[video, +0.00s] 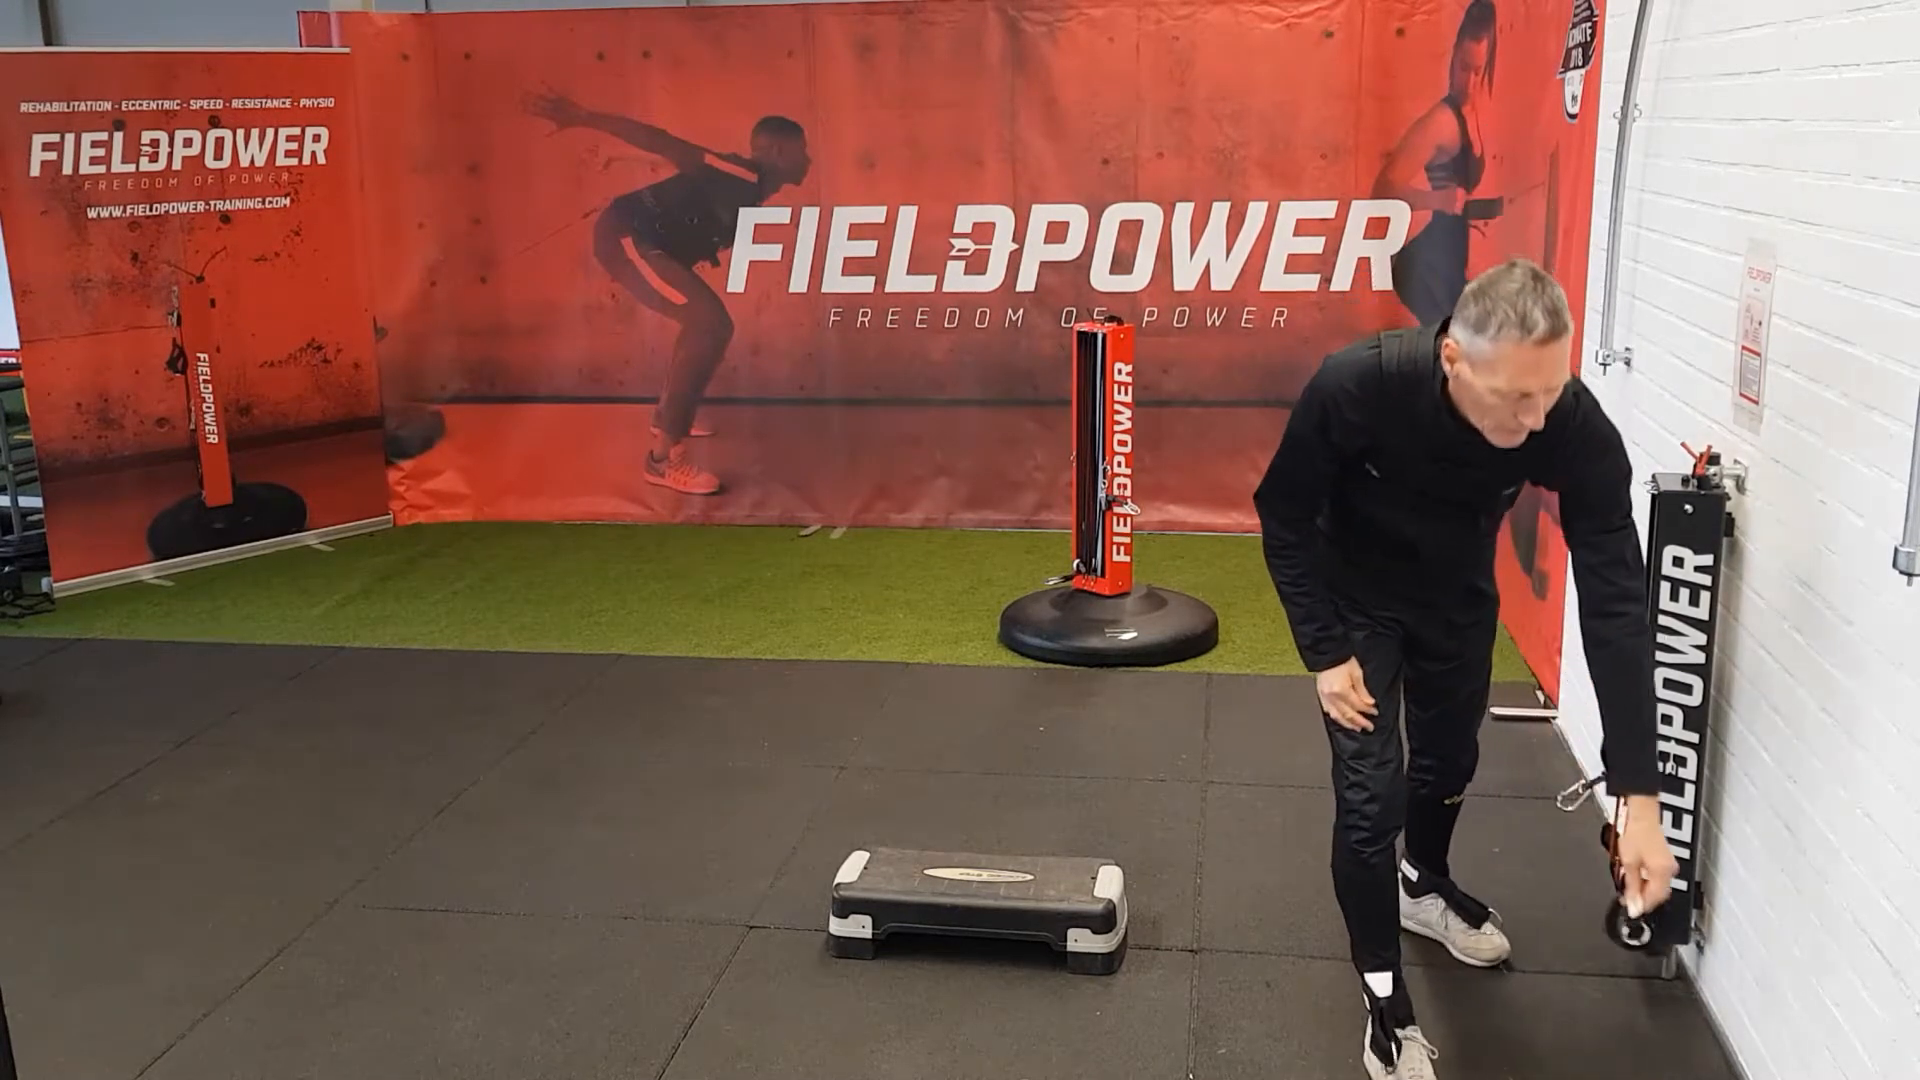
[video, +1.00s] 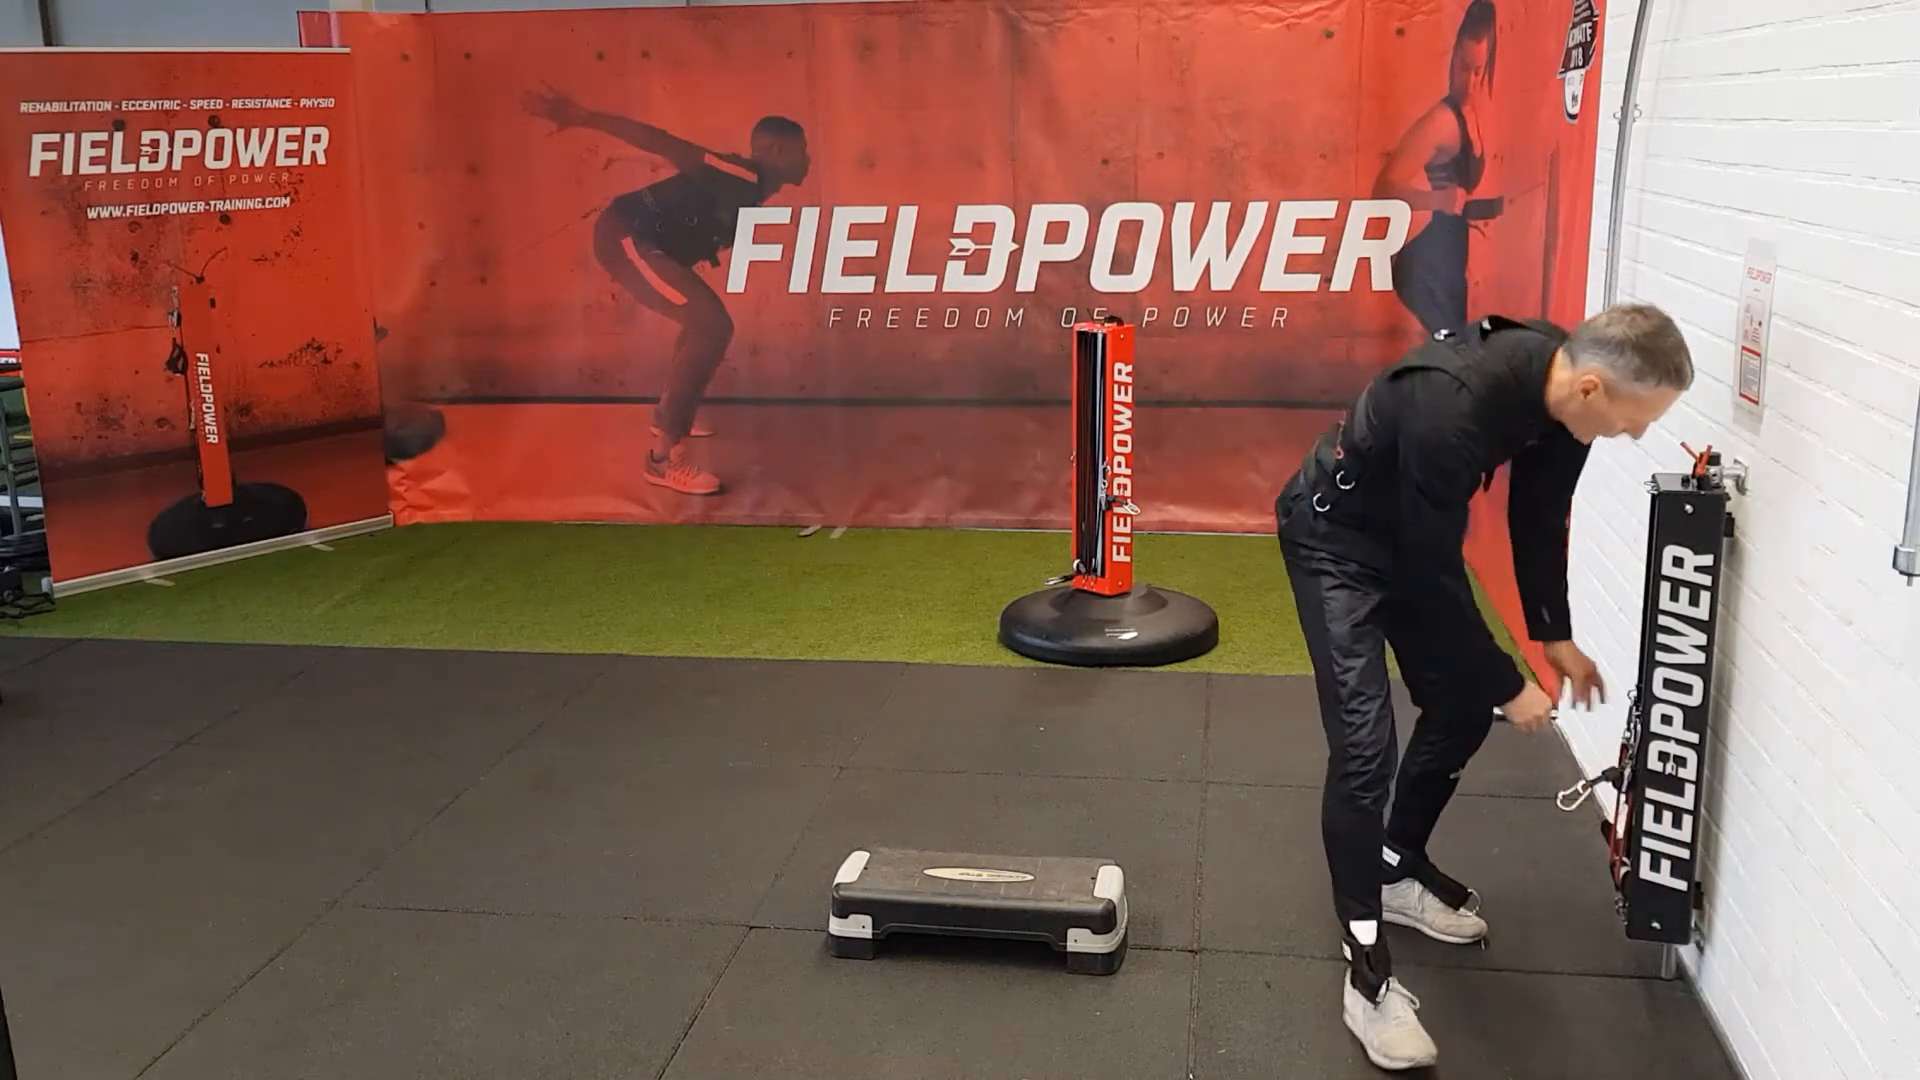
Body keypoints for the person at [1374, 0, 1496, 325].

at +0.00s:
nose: (1471, 81)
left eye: (1480, 71)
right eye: (1465, 68)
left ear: (1489, 70)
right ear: (1450, 63)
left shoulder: (1469, 118)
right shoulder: (1440, 121)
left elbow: (1439, 189)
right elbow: (1386, 188)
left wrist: (1474, 210)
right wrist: (1437, 200)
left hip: (1445, 254)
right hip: (1425, 258)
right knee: (1454, 348)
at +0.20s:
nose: (1471, 80)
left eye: (1480, 71)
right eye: (1464, 68)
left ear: (1488, 71)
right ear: (1450, 64)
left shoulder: (1468, 118)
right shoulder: (1439, 121)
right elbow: (1386, 188)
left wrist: (1474, 209)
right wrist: (1438, 200)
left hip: (1447, 252)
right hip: (1426, 256)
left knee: (1456, 347)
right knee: (1450, 348)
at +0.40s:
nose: (1470, 81)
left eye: (1479, 71)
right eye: (1464, 68)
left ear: (1488, 70)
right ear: (1450, 62)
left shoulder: (1466, 119)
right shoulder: (1440, 120)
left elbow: (1437, 188)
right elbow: (1386, 189)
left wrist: (1471, 210)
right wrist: (1439, 200)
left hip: (1447, 253)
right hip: (1427, 258)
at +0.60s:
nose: (1471, 81)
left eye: (1480, 71)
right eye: (1465, 68)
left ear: (1489, 68)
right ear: (1450, 61)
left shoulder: (1469, 117)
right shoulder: (1440, 120)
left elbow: (1438, 188)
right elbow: (1386, 188)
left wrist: (1471, 210)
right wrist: (1438, 200)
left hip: (1447, 256)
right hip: (1426, 260)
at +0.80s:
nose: (1471, 80)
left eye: (1480, 71)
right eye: (1465, 68)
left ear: (1489, 69)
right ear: (1451, 63)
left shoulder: (1469, 118)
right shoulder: (1441, 121)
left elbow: (1443, 194)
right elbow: (1386, 189)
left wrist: (1475, 209)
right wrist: (1438, 200)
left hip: (1445, 257)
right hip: (1426, 261)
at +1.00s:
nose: (1472, 80)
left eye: (1481, 71)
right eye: (1465, 68)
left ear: (1490, 71)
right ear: (1451, 65)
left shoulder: (1472, 118)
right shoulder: (1441, 121)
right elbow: (1387, 187)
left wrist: (1471, 210)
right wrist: (1437, 200)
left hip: (1447, 254)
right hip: (1425, 258)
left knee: (1456, 349)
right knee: (1452, 350)